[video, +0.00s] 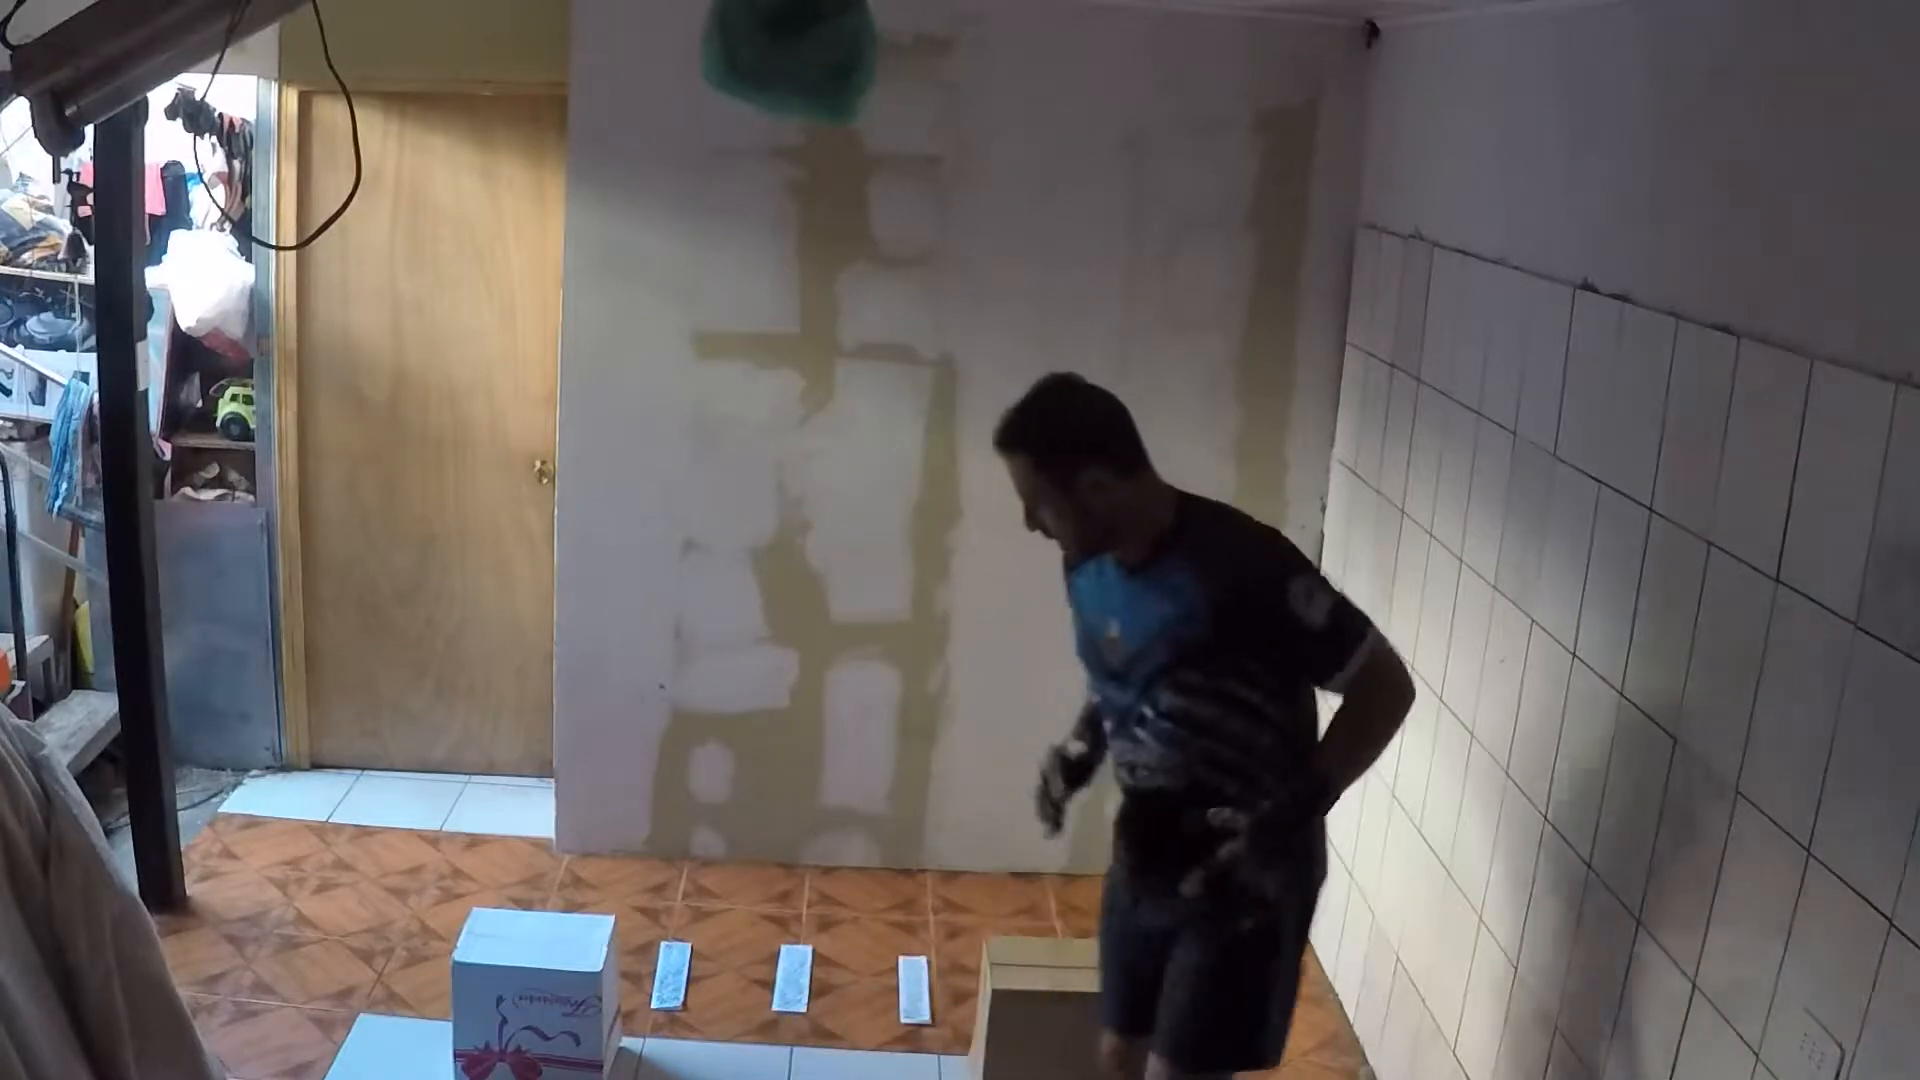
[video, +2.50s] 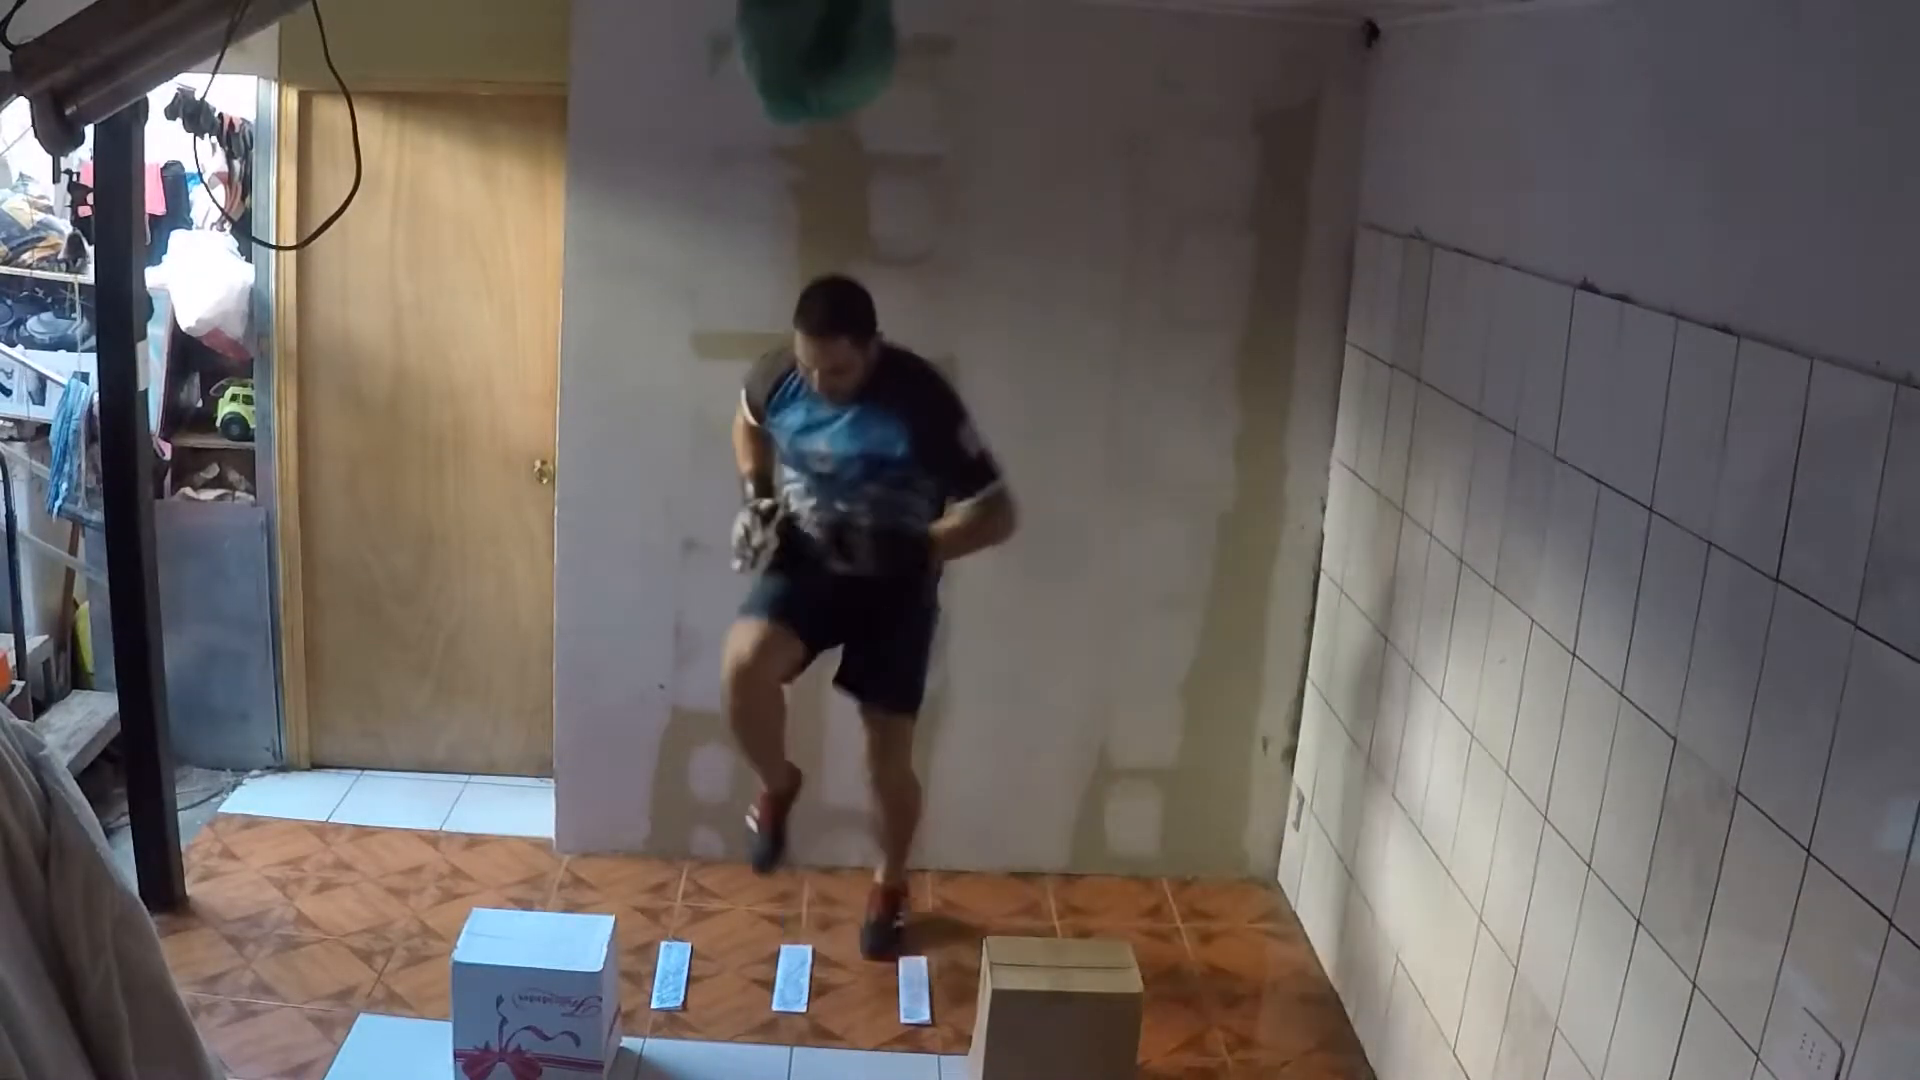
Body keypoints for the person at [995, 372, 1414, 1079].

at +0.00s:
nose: (1031, 523)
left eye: (1036, 501)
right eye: (1027, 503)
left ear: (1094, 481)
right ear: (1088, 487)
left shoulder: (1243, 557)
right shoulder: (1087, 562)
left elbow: (1386, 688)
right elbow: (1124, 684)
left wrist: (1292, 812)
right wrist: (1077, 751)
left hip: (1249, 855)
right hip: (1145, 847)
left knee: (1181, 1067)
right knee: (1120, 1054)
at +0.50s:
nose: (1179, 494)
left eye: (1187, 475)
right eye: (1172, 477)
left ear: (1243, 454)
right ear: (1234, 454)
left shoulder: (1361, 529)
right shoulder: (1203, 518)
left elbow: (1431, 669)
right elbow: (1222, 594)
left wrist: (1346, 755)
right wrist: (1173, 636)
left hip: (1336, 779)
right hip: (1235, 767)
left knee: (1332, 987)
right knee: (1213, 949)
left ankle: (1355, 1072)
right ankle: (1245, 996)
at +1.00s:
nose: (1177, 417)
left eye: (1192, 403)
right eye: (1168, 401)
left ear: (1234, 380)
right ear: (1157, 383)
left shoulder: (1308, 450)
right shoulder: (1152, 420)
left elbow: (1364, 568)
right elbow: (1139, 481)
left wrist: (1296, 618)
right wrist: (1126, 555)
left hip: (1260, 671)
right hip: (1164, 659)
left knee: (1256, 842)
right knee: (1128, 823)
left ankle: (1243, 960)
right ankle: (1157, 927)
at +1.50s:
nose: (1092, 405)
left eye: (1107, 393)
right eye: (1080, 389)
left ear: (1139, 368)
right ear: (1062, 364)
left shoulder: (1197, 422)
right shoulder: (1033, 400)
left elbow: (1273, 523)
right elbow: (1013, 460)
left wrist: (1192, 577)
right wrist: (1010, 552)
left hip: (1154, 608)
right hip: (1061, 597)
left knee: (1146, 777)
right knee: (1004, 751)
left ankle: (1129, 893)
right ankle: (1040, 852)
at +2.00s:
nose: (962, 387)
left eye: (977, 376)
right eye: (950, 372)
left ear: (1013, 351)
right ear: (937, 350)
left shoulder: (1065, 398)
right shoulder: (916, 382)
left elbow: (1154, 503)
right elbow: (898, 430)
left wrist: (1079, 556)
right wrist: (905, 506)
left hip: (1040, 584)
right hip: (951, 576)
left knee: (1037, 768)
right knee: (897, 717)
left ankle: (1065, 918)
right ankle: (952, 818)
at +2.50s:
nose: (822, 381)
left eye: (838, 369)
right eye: (811, 367)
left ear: (870, 346)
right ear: (796, 344)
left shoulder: (918, 393)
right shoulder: (776, 380)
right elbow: (750, 422)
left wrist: (920, 545)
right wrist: (757, 503)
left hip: (895, 581)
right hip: (806, 567)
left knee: (887, 751)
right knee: (744, 669)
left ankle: (890, 885)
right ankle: (777, 783)